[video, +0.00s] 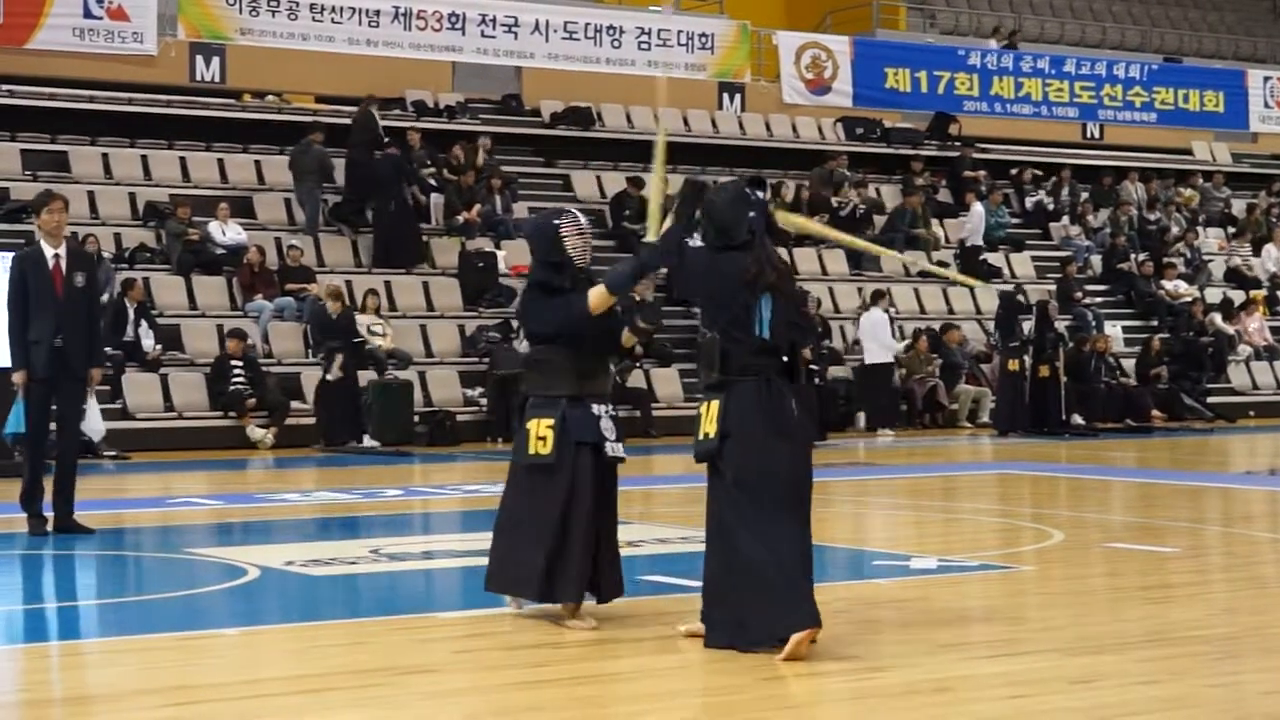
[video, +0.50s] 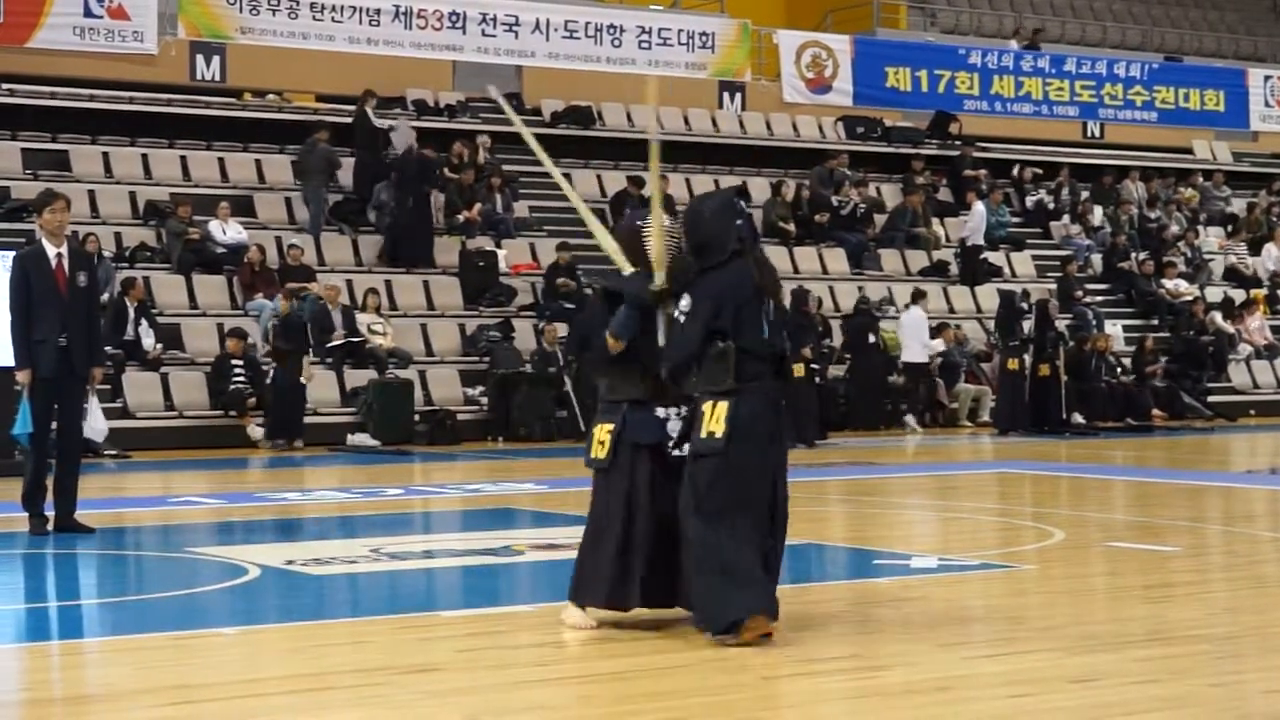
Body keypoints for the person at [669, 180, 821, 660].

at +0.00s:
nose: (705, 236)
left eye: (708, 227)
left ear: (714, 230)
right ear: (759, 226)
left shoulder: (712, 272)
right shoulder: (778, 276)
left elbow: (668, 256)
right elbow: (803, 335)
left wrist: (681, 214)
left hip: (738, 406)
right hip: (782, 406)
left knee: (740, 517)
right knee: (779, 516)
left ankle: (797, 616)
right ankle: (727, 617)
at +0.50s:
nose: (688, 240)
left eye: (692, 231)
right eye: (688, 231)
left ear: (707, 234)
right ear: (742, 229)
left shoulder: (713, 284)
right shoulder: (761, 277)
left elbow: (680, 352)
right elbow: (772, 343)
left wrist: (667, 370)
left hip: (730, 408)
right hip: (767, 404)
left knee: (707, 508)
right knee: (754, 505)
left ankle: (748, 609)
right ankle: (755, 604)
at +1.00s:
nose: (669, 244)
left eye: (673, 236)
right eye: (670, 236)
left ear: (685, 239)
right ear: (718, 234)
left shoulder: (687, 281)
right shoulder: (741, 278)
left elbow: (672, 362)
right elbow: (757, 346)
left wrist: (671, 387)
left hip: (711, 406)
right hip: (751, 403)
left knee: (688, 504)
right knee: (742, 505)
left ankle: (684, 614)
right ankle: (749, 605)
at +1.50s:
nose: (687, 242)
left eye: (691, 234)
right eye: (688, 234)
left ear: (705, 237)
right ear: (739, 233)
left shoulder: (706, 281)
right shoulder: (762, 279)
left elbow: (689, 354)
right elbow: (771, 346)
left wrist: (691, 385)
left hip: (731, 409)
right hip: (778, 406)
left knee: (695, 510)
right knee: (779, 506)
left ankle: (678, 620)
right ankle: (812, 606)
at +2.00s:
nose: (725, 240)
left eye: (728, 233)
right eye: (727, 232)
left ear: (740, 235)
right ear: (777, 231)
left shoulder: (739, 283)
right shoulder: (808, 280)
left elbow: (716, 359)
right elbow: (821, 352)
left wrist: (725, 383)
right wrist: (790, 378)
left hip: (761, 411)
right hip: (812, 409)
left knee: (735, 511)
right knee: (824, 510)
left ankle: (723, 616)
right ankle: (835, 613)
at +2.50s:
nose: (736, 236)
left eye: (738, 228)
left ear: (745, 231)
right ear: (787, 226)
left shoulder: (734, 279)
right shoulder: (812, 280)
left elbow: (709, 352)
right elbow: (821, 353)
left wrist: (723, 370)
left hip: (754, 407)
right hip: (809, 407)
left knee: (736, 510)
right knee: (816, 509)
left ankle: (716, 622)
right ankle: (825, 617)